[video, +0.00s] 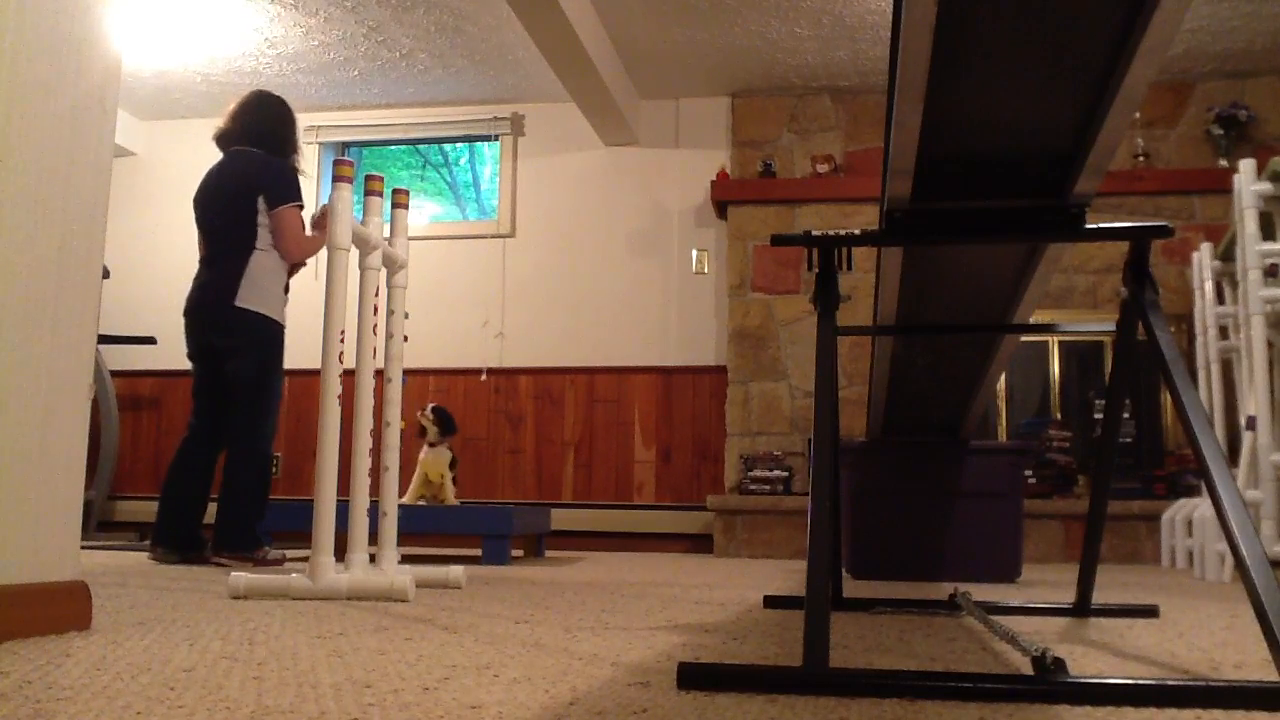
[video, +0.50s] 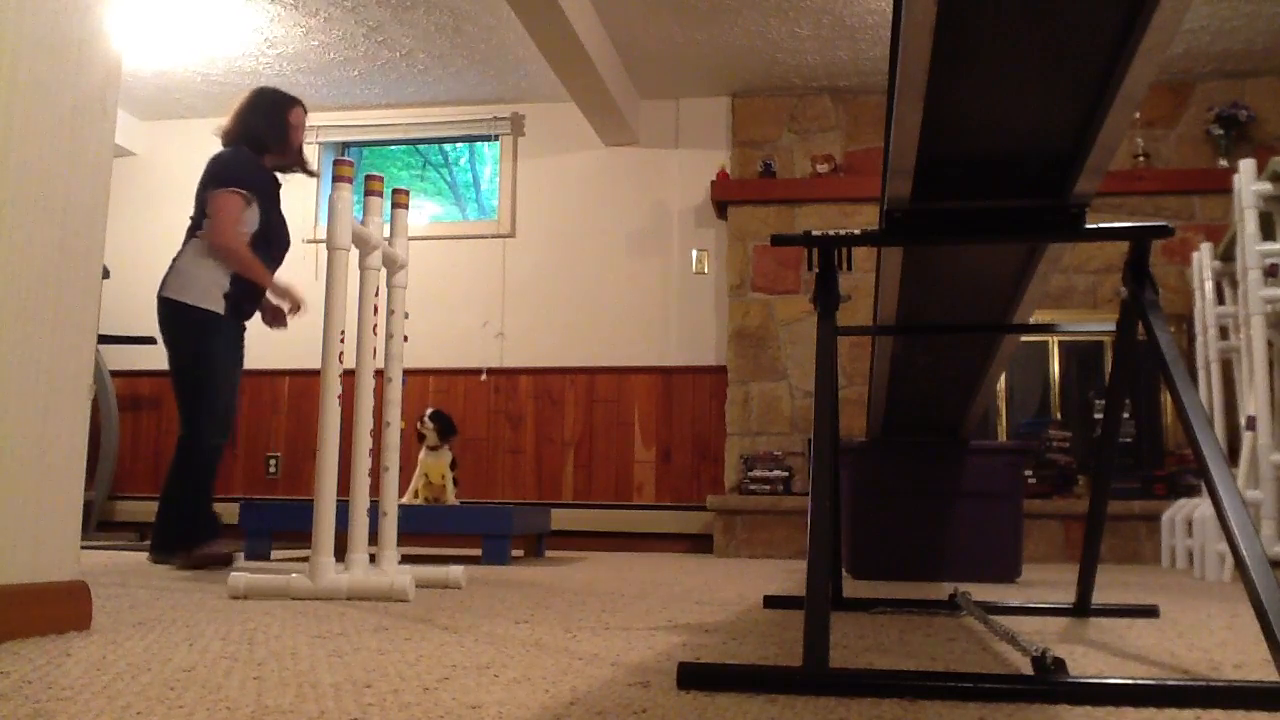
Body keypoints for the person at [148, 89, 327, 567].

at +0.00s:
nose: (294, 139)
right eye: (292, 130)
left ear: (238, 124)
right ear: (284, 129)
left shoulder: (212, 176)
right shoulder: (274, 170)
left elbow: (210, 251)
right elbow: (294, 249)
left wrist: (281, 254)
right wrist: (323, 233)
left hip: (205, 310)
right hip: (253, 316)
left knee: (206, 428)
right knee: (253, 434)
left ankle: (173, 537)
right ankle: (238, 541)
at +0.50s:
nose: (305, 137)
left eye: (304, 127)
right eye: (298, 127)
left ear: (267, 131)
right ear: (271, 129)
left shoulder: (261, 178)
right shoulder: (237, 165)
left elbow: (234, 249)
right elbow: (223, 239)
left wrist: (261, 301)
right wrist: (276, 285)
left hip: (220, 310)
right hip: (198, 306)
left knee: (211, 426)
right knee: (207, 425)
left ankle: (177, 537)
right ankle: (188, 538)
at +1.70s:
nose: (406, 113)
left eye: (411, 103)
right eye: (399, 100)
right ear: (360, 90)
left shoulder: (383, 169)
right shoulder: (270, 128)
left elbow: (423, 251)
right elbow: (211, 210)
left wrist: (475, 310)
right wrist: (204, 291)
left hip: (309, 303)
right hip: (239, 292)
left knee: (306, 420)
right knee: (213, 418)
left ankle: (298, 545)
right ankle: (200, 533)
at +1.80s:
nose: (406, 107)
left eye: (410, 98)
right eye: (398, 93)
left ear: (402, 103)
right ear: (359, 84)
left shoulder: (383, 165)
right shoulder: (268, 125)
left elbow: (426, 242)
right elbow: (210, 208)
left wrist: (474, 285)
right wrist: (205, 291)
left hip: (308, 297)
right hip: (240, 286)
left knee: (305, 418)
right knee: (214, 415)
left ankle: (298, 545)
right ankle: (198, 529)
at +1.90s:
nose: (393, 101)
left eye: (397, 92)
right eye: (384, 87)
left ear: (394, 95)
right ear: (346, 79)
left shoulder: (375, 157)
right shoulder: (258, 122)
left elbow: (415, 232)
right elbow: (205, 206)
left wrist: (460, 253)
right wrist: (204, 292)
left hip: (307, 293)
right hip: (238, 283)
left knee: (303, 414)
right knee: (211, 408)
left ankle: (288, 543)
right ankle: (188, 531)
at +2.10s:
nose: (357, 89)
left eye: (363, 79)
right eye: (347, 76)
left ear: (366, 86)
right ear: (311, 74)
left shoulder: (347, 152)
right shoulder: (233, 123)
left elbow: (374, 241)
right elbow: (189, 216)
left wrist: (437, 265)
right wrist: (194, 302)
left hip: (295, 292)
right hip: (229, 285)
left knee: (296, 413)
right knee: (197, 401)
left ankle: (294, 543)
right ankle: (149, 532)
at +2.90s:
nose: (413, 179)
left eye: (423, 171)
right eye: (405, 165)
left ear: (429, 174)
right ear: (376, 153)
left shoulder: (402, 219)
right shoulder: (307, 182)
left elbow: (429, 305)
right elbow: (262, 274)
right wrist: (308, 347)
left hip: (318, 321)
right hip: (256, 309)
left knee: (360, 424)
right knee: (202, 421)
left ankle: (352, 544)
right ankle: (138, 537)